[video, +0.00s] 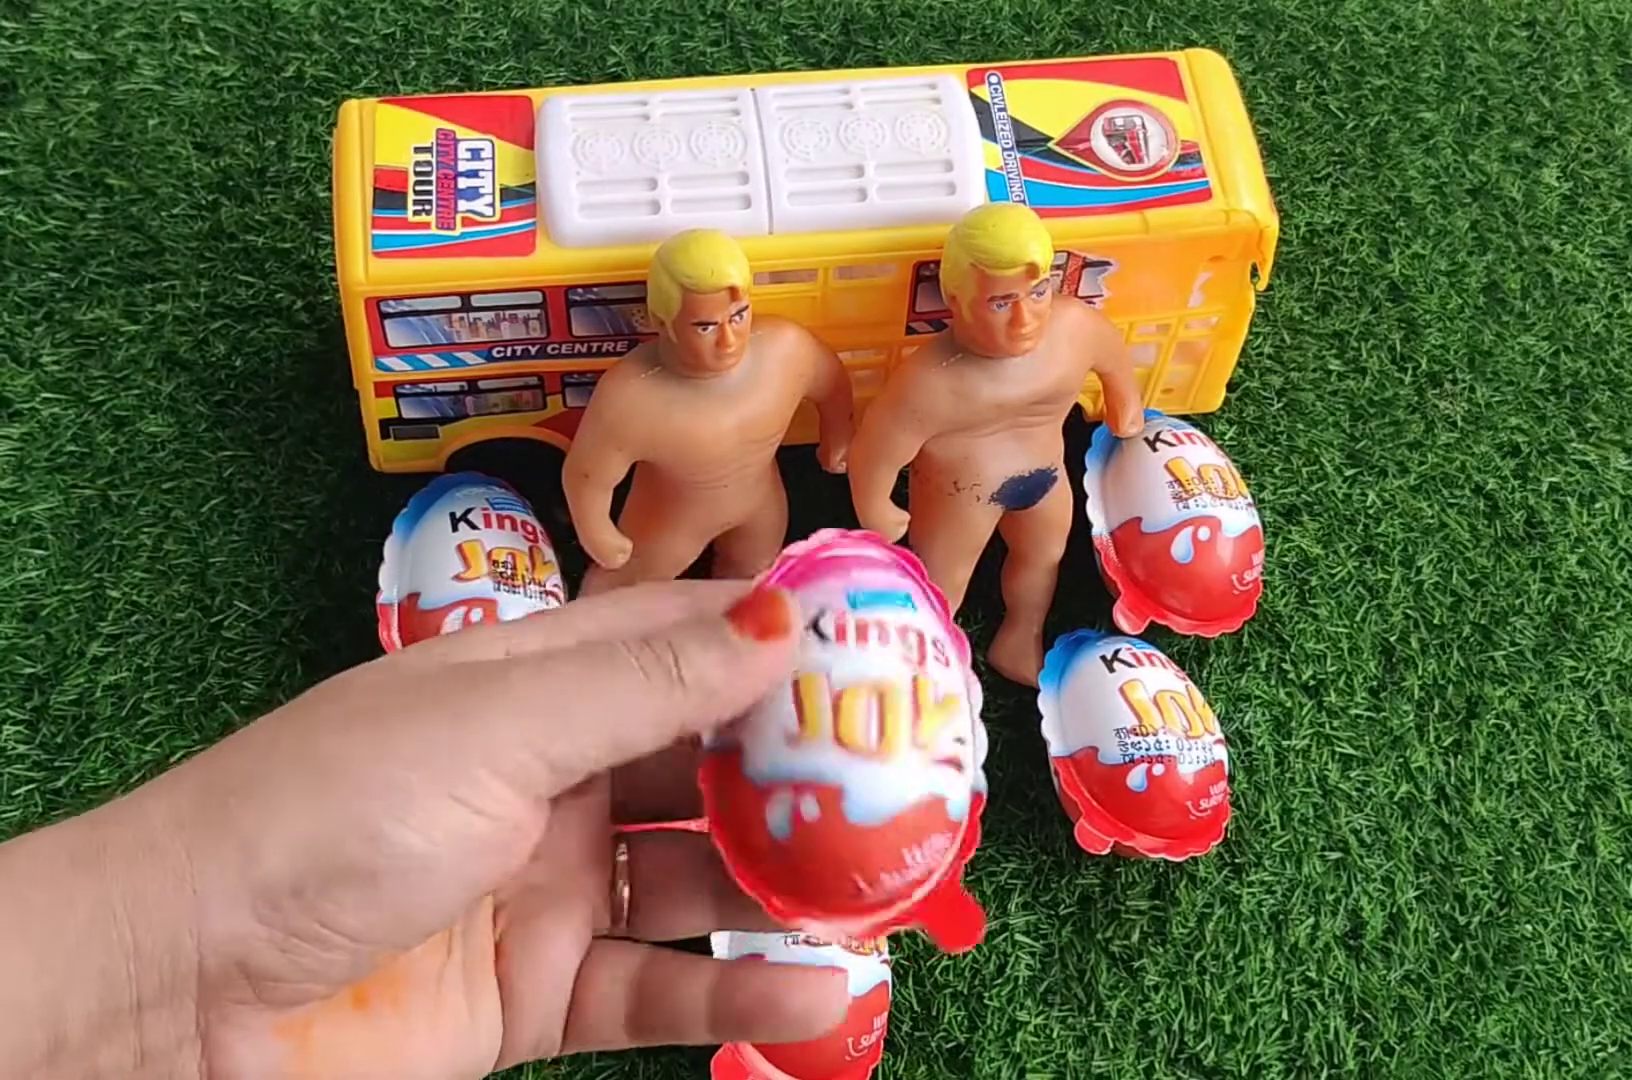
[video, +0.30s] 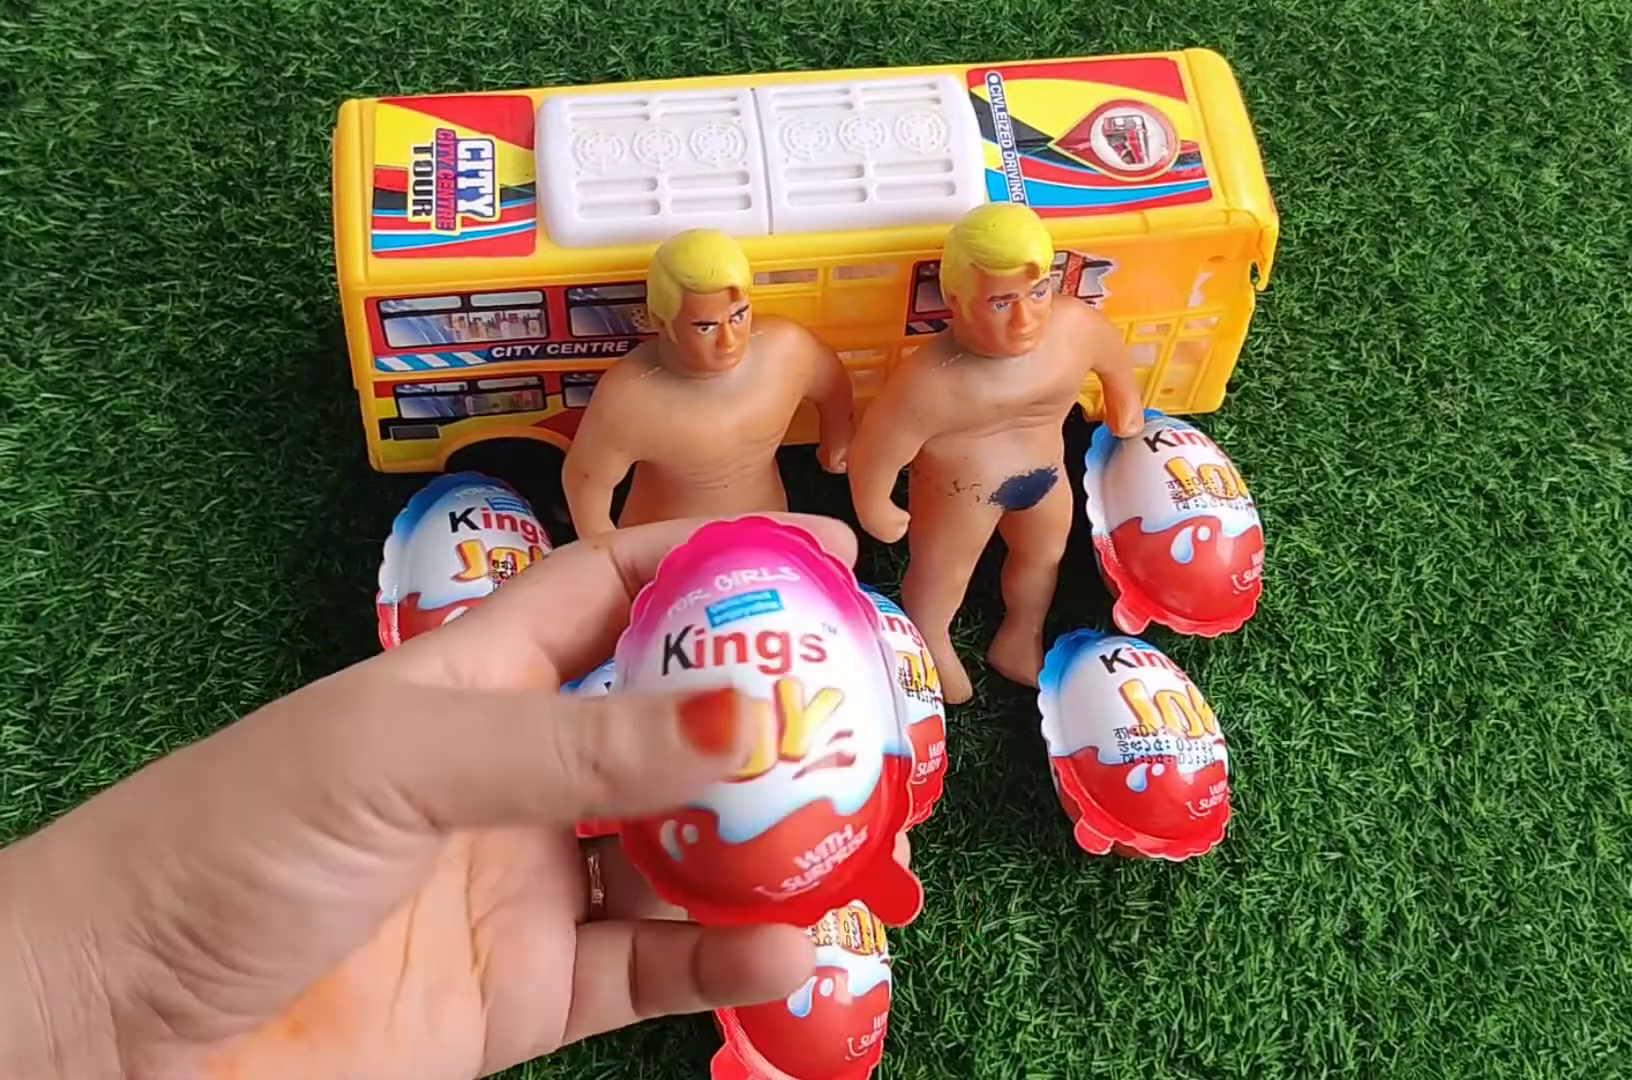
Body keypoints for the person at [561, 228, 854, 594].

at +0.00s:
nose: (728, 340)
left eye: (739, 316)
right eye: (705, 326)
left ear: (750, 301)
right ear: (663, 323)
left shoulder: (788, 350)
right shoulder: (629, 397)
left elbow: (833, 387)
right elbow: (586, 477)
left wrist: (836, 440)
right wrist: (598, 537)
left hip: (758, 500)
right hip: (671, 515)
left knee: (753, 585)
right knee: (627, 590)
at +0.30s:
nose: (727, 339)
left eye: (738, 316)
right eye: (704, 325)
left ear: (750, 300)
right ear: (661, 321)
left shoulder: (786, 349)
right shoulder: (627, 394)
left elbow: (832, 387)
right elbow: (584, 477)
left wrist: (835, 440)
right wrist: (600, 543)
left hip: (766, 528)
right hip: (659, 545)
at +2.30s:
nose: (728, 340)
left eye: (738, 316)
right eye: (704, 326)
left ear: (749, 301)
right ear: (660, 321)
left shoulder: (786, 349)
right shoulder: (628, 395)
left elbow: (832, 385)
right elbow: (585, 479)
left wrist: (837, 441)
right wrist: (601, 553)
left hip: (766, 529)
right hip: (667, 546)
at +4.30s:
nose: (728, 339)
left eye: (738, 316)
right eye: (705, 326)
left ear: (749, 302)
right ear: (660, 324)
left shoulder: (787, 350)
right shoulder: (628, 398)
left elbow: (832, 387)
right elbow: (585, 478)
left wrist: (836, 442)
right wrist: (598, 536)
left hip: (759, 503)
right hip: (671, 514)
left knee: (752, 588)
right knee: (642, 598)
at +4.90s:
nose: (728, 340)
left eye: (739, 315)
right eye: (704, 327)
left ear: (750, 301)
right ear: (663, 327)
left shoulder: (786, 350)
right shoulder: (627, 399)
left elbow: (832, 389)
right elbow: (585, 479)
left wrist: (835, 444)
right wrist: (605, 544)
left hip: (762, 541)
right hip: (662, 558)